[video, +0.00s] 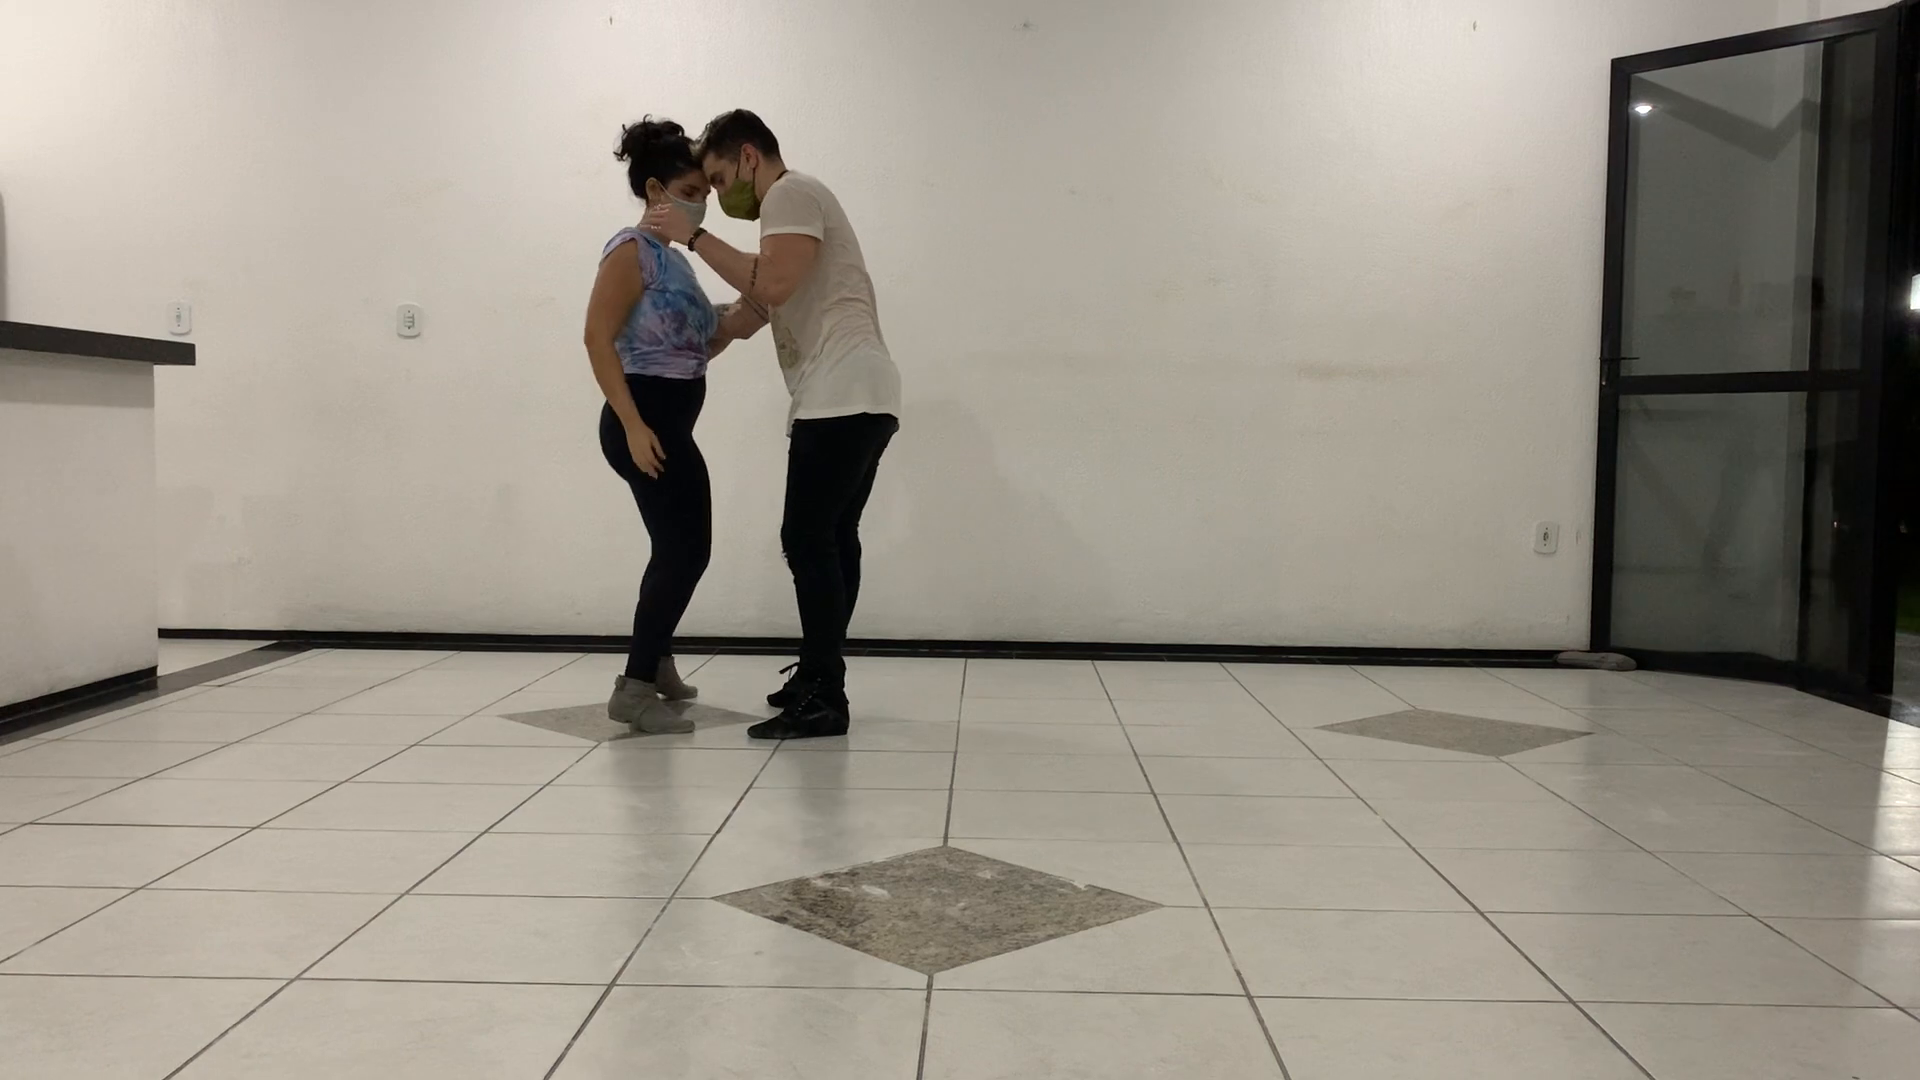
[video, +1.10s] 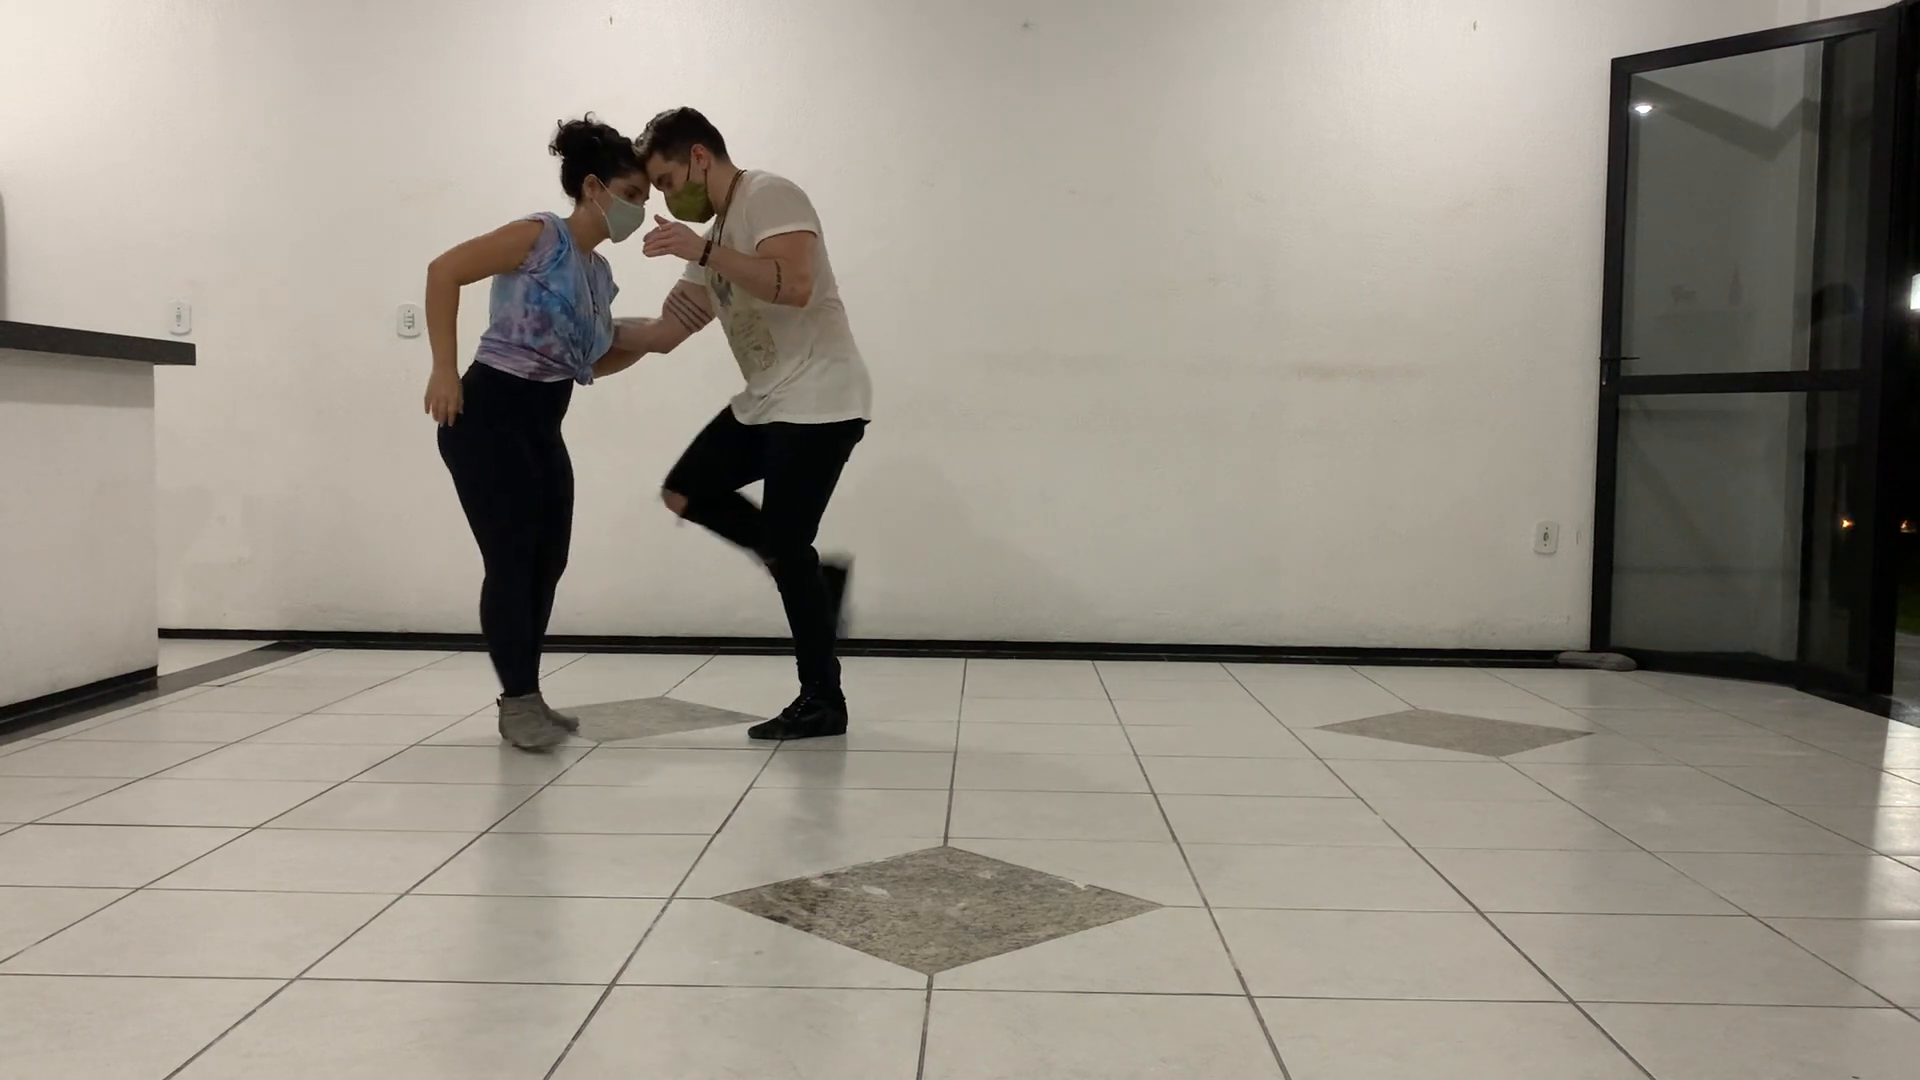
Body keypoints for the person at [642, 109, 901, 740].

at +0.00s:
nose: (721, 196)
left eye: (719, 181)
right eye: (714, 188)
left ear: (749, 157)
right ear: (756, 160)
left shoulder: (794, 194)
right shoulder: (797, 208)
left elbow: (772, 283)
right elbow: (746, 318)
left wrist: (692, 233)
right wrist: (675, 339)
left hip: (841, 396)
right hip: (853, 396)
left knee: (807, 537)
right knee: (833, 537)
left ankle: (823, 696)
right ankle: (817, 678)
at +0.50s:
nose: (694, 204)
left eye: (694, 188)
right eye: (688, 195)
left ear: (727, 164)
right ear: (726, 172)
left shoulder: (784, 197)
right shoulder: (760, 242)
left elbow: (793, 284)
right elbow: (682, 309)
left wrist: (698, 253)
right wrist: (592, 315)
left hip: (867, 395)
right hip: (878, 394)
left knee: (851, 548)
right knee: (892, 543)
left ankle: (825, 700)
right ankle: (895, 696)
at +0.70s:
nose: (683, 203)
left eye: (684, 185)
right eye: (676, 193)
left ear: (714, 160)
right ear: (714, 169)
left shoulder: (778, 193)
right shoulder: (745, 240)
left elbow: (801, 275)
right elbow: (675, 310)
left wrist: (705, 250)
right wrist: (590, 320)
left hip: (855, 396)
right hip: (853, 397)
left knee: (835, 546)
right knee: (873, 536)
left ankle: (825, 699)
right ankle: (963, 665)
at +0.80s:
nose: (677, 203)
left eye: (677, 186)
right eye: (672, 194)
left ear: (711, 163)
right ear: (709, 172)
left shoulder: (776, 193)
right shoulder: (739, 241)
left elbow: (802, 273)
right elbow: (670, 316)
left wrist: (703, 244)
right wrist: (577, 320)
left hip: (852, 393)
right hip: (824, 400)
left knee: (825, 543)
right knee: (832, 540)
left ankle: (825, 703)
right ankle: (978, 579)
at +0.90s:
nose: (672, 201)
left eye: (673, 184)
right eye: (666, 192)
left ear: (707, 160)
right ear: (701, 171)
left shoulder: (774, 194)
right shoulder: (730, 245)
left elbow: (801, 274)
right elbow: (667, 322)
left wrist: (707, 245)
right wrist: (583, 350)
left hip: (847, 392)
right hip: (804, 402)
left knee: (812, 537)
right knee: (783, 534)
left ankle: (824, 701)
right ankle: (930, 496)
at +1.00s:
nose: (670, 201)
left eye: (671, 185)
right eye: (664, 191)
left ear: (704, 160)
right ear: (702, 168)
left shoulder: (773, 195)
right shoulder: (726, 240)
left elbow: (800, 280)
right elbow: (665, 328)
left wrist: (704, 246)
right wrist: (578, 347)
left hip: (836, 395)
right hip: (788, 401)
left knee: (798, 540)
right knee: (729, 512)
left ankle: (824, 702)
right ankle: (873, 496)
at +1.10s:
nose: (666, 200)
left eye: (668, 183)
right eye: (659, 189)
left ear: (702, 157)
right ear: (697, 166)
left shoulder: (771, 195)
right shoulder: (716, 248)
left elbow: (795, 284)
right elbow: (664, 333)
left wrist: (702, 249)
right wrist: (576, 337)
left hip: (824, 397)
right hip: (767, 400)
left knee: (787, 543)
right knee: (689, 492)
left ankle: (822, 701)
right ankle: (812, 571)